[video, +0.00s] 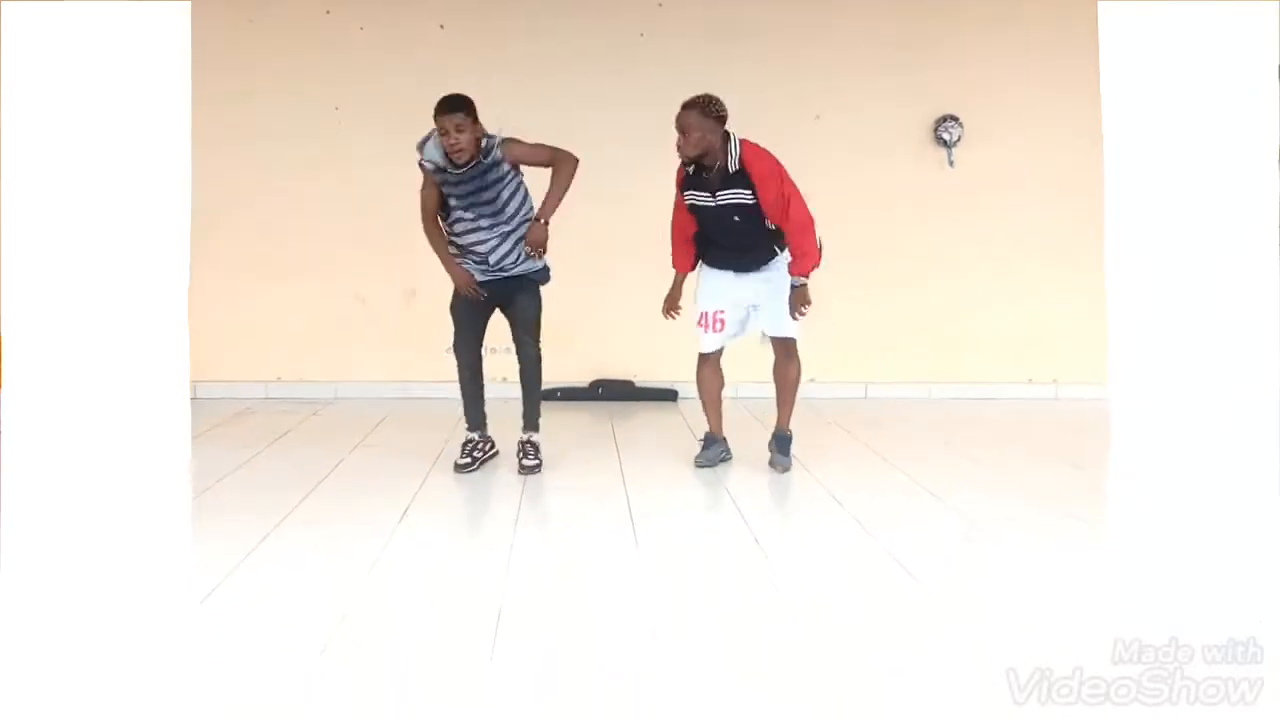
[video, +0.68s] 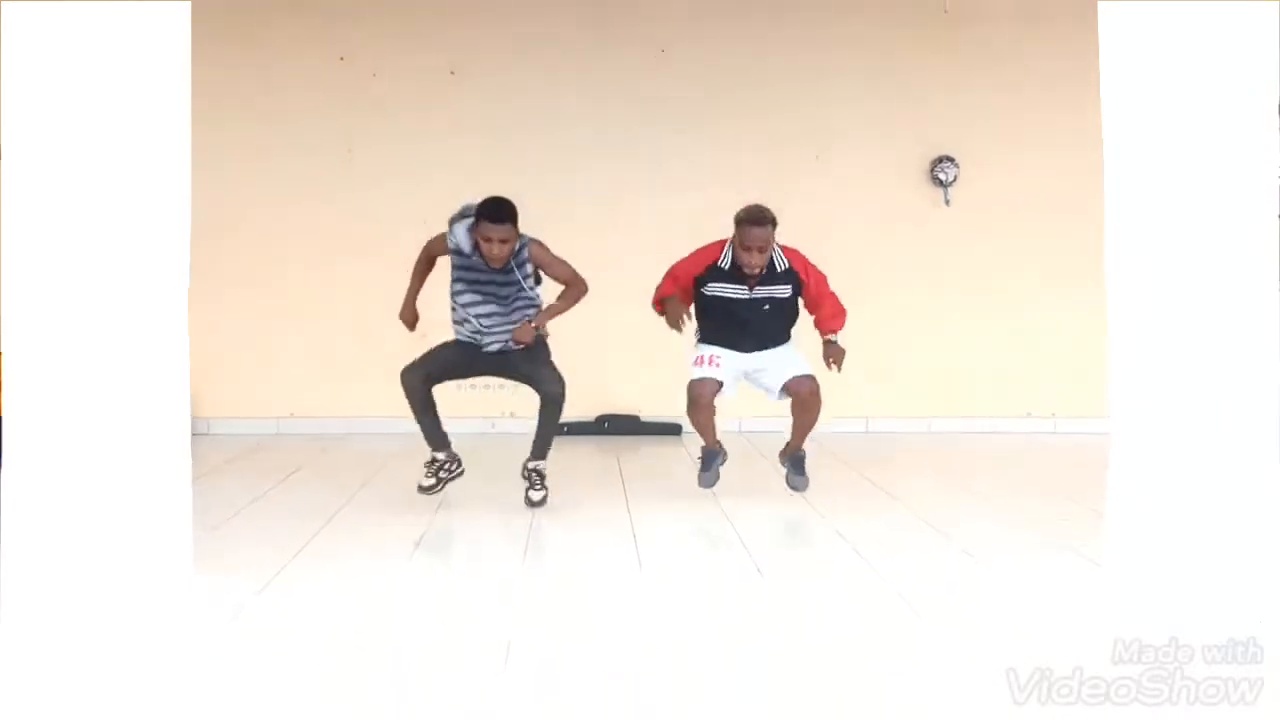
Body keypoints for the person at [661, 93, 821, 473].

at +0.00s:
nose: (678, 141)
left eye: (686, 133)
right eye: (678, 132)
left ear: (714, 131)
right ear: (687, 132)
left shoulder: (757, 163)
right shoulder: (688, 174)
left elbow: (796, 215)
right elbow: (684, 228)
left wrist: (800, 279)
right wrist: (678, 282)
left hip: (772, 268)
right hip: (718, 272)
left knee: (785, 346)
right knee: (708, 351)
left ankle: (782, 433)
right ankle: (715, 438)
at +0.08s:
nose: (697, 139)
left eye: (706, 130)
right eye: (693, 130)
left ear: (731, 126)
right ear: (691, 126)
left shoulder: (767, 164)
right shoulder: (692, 167)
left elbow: (797, 218)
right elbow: (682, 222)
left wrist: (799, 273)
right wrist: (676, 276)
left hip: (765, 277)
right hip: (712, 277)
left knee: (781, 358)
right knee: (697, 358)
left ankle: (777, 436)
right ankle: (709, 438)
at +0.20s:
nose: (731, 130)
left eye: (739, 121)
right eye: (724, 121)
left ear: (753, 114)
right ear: (713, 115)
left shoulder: (778, 150)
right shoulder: (695, 150)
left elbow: (791, 186)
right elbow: (677, 193)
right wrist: (657, 232)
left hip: (767, 266)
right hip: (715, 267)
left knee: (782, 351)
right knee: (708, 354)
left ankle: (777, 432)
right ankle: (707, 437)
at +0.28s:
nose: (735, 129)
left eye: (743, 120)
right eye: (727, 119)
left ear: (757, 114)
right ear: (717, 114)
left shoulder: (782, 152)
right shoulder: (697, 147)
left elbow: (802, 197)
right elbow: (669, 183)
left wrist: (804, 244)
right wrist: (641, 220)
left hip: (767, 260)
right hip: (715, 261)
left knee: (788, 337)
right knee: (704, 344)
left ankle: (780, 424)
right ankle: (704, 432)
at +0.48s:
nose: (750, 161)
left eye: (759, 153)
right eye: (743, 151)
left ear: (772, 150)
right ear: (732, 146)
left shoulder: (790, 192)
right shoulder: (707, 179)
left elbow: (815, 232)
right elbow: (664, 196)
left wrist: (827, 268)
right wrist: (622, 218)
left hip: (768, 304)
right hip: (717, 301)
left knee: (788, 381)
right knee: (704, 379)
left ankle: (801, 472)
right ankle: (698, 473)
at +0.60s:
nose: (753, 217)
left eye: (762, 209)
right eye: (746, 208)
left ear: (773, 203)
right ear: (735, 199)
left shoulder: (794, 229)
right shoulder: (712, 219)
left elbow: (829, 258)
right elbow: (670, 236)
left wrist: (832, 297)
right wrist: (658, 258)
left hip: (770, 323)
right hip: (715, 322)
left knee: (805, 367)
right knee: (693, 375)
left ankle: (793, 439)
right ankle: (708, 445)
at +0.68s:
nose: (753, 259)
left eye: (762, 250)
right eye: (746, 249)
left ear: (773, 243)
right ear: (733, 240)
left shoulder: (792, 263)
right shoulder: (711, 257)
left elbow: (822, 296)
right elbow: (671, 282)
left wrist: (830, 338)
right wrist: (670, 302)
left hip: (773, 350)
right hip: (718, 349)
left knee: (808, 392)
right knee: (699, 394)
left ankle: (793, 451)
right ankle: (712, 449)